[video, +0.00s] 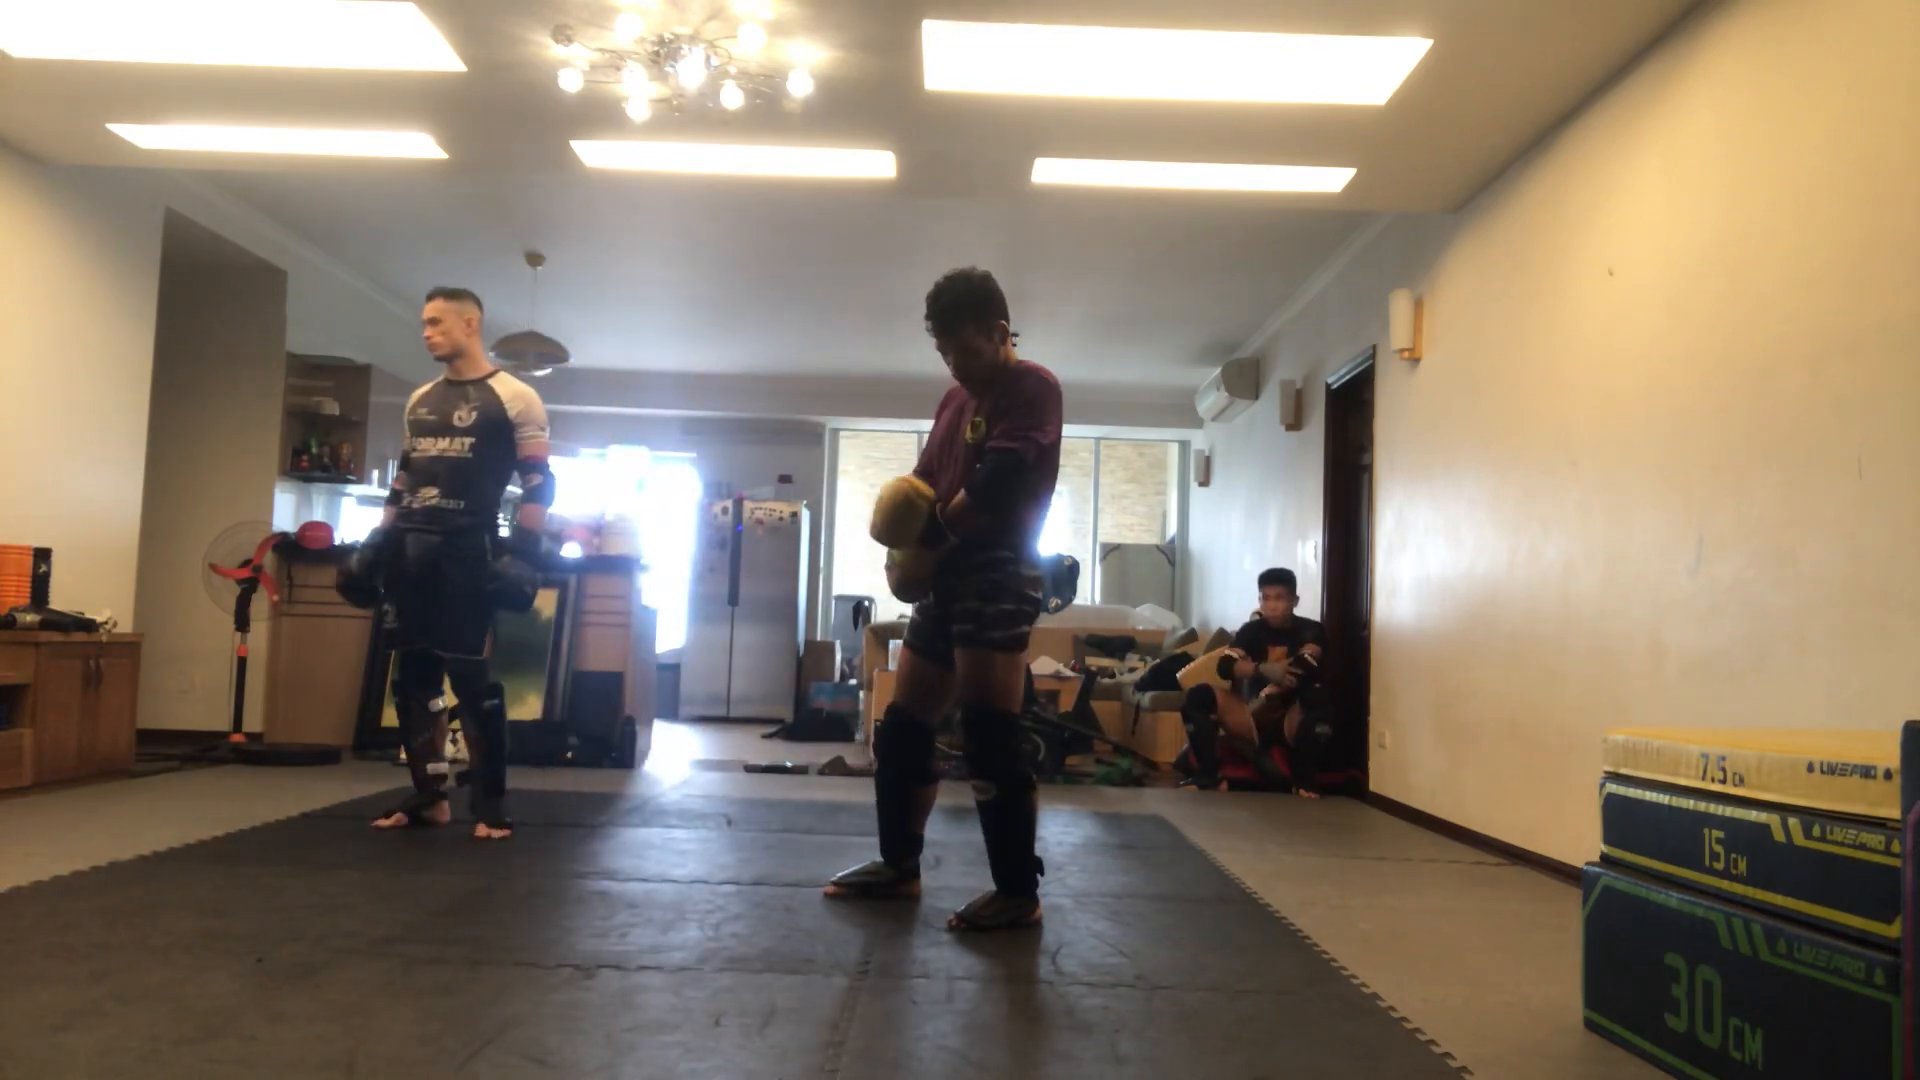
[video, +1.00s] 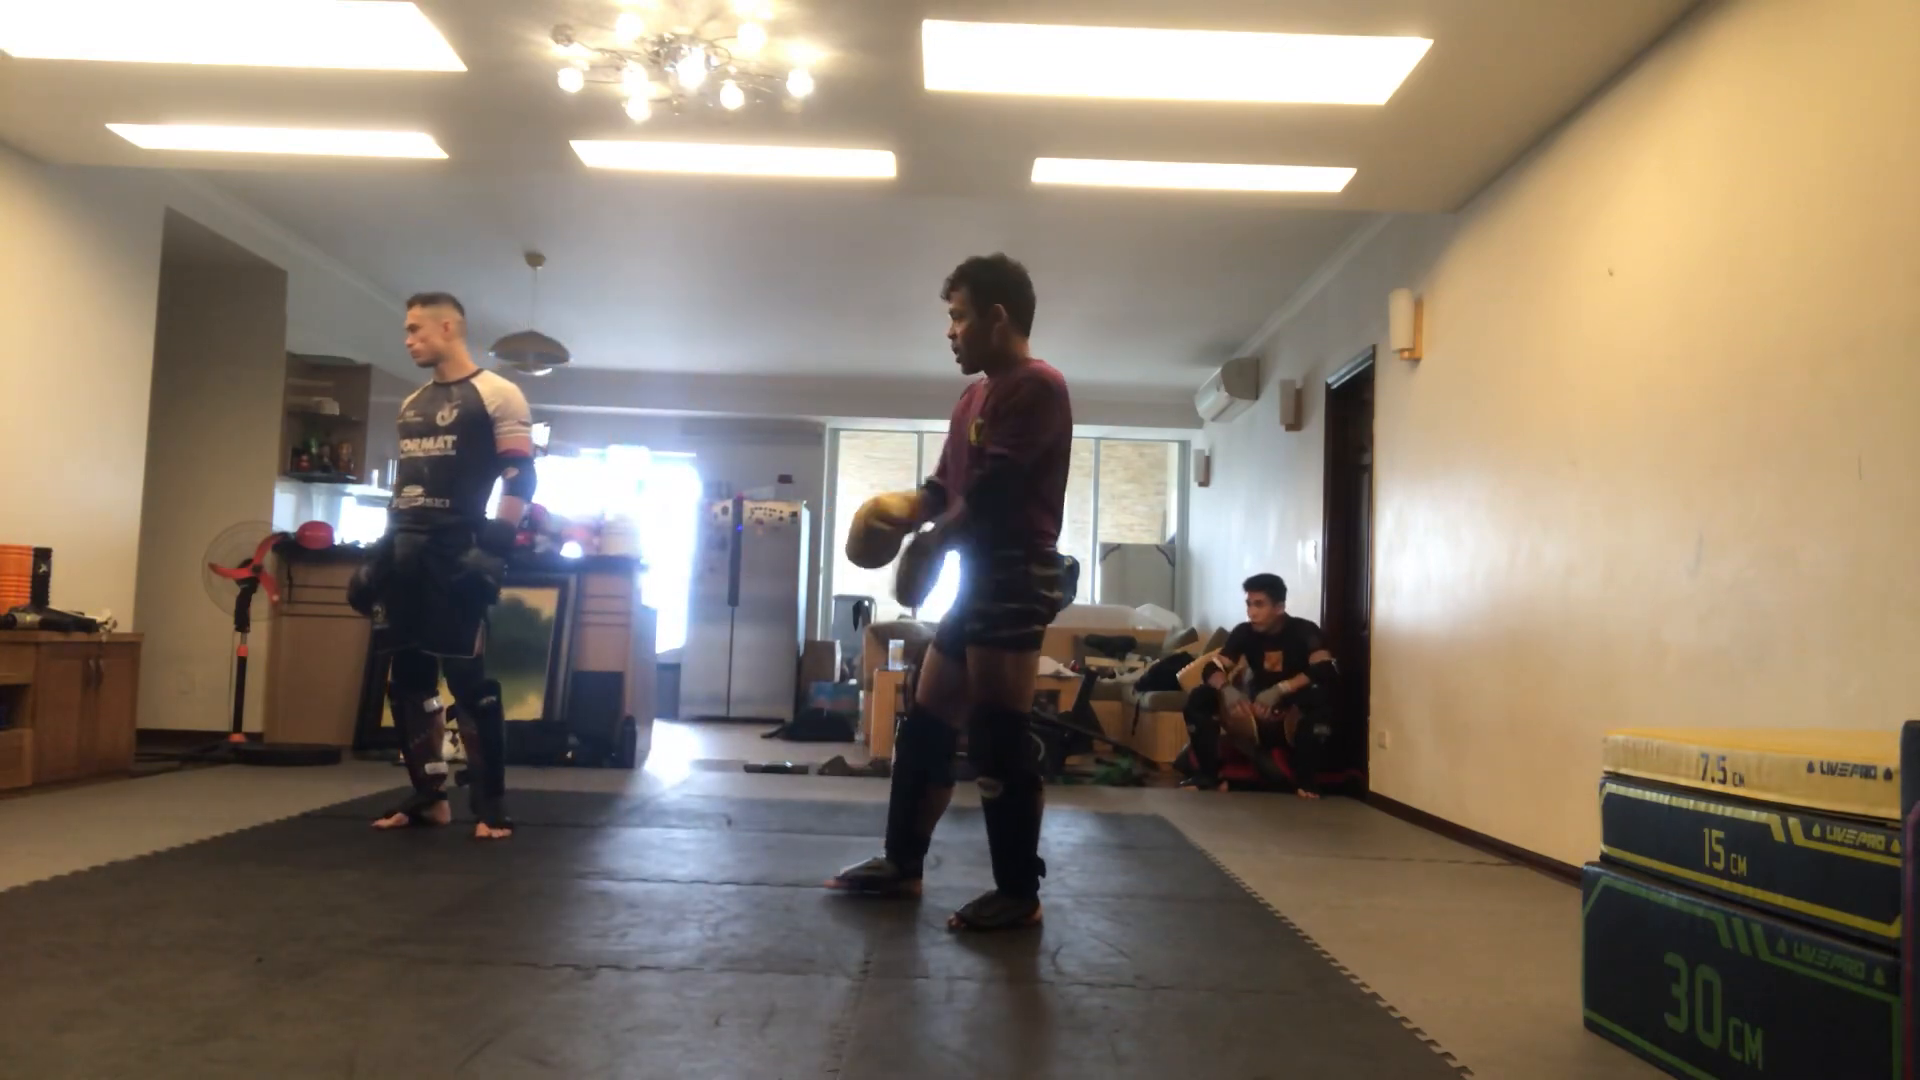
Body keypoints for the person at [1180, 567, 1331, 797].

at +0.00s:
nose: (1271, 605)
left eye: (1279, 598)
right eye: (1266, 598)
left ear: (1294, 601)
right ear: (1260, 601)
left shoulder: (1311, 630)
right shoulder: (1251, 630)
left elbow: (1305, 667)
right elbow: (1225, 665)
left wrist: (1273, 692)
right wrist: (1265, 669)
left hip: (1292, 716)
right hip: (1249, 717)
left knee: (1318, 696)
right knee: (1199, 696)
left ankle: (1304, 780)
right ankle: (1207, 775)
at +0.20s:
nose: (1268, 604)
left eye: (1276, 598)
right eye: (1264, 598)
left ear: (1294, 601)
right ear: (1259, 600)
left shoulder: (1311, 630)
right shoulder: (1251, 632)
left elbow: (1325, 661)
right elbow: (1214, 663)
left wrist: (1274, 679)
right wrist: (1238, 679)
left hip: (1292, 716)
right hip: (1249, 716)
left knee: (1316, 697)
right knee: (1200, 697)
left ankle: (1304, 781)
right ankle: (1208, 776)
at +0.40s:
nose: (1267, 608)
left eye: (1274, 601)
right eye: (1263, 601)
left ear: (1293, 603)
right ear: (1258, 603)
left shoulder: (1311, 632)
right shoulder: (1250, 633)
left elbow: (1324, 670)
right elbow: (1215, 667)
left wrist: (1276, 682)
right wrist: (1222, 684)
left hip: (1294, 711)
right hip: (1253, 712)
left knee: (1316, 700)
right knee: (1200, 698)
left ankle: (1305, 781)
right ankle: (1209, 776)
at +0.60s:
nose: (1261, 611)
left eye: (1269, 604)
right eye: (1257, 604)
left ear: (1288, 606)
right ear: (1254, 604)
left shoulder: (1310, 632)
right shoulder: (1248, 633)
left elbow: (1325, 671)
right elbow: (1213, 670)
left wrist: (1276, 685)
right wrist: (1228, 688)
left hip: (1294, 713)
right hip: (1253, 711)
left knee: (1317, 699)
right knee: (1200, 698)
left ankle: (1306, 780)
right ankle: (1209, 775)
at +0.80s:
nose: (1254, 612)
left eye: (1262, 605)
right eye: (1251, 605)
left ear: (1282, 607)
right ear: (1248, 604)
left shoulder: (1306, 631)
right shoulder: (1245, 633)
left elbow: (1326, 669)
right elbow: (1213, 669)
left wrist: (1278, 690)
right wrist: (1228, 691)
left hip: (1293, 712)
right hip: (1253, 712)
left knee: (1318, 702)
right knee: (1200, 699)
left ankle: (1306, 781)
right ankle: (1209, 775)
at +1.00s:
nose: (1251, 612)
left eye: (1258, 605)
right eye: (1249, 605)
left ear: (1279, 607)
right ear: (1245, 604)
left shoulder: (1304, 630)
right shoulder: (1244, 633)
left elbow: (1325, 668)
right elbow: (1212, 669)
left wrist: (1279, 690)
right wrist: (1228, 692)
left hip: (1292, 717)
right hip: (1251, 716)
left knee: (1317, 702)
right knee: (1199, 699)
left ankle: (1306, 782)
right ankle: (1209, 776)